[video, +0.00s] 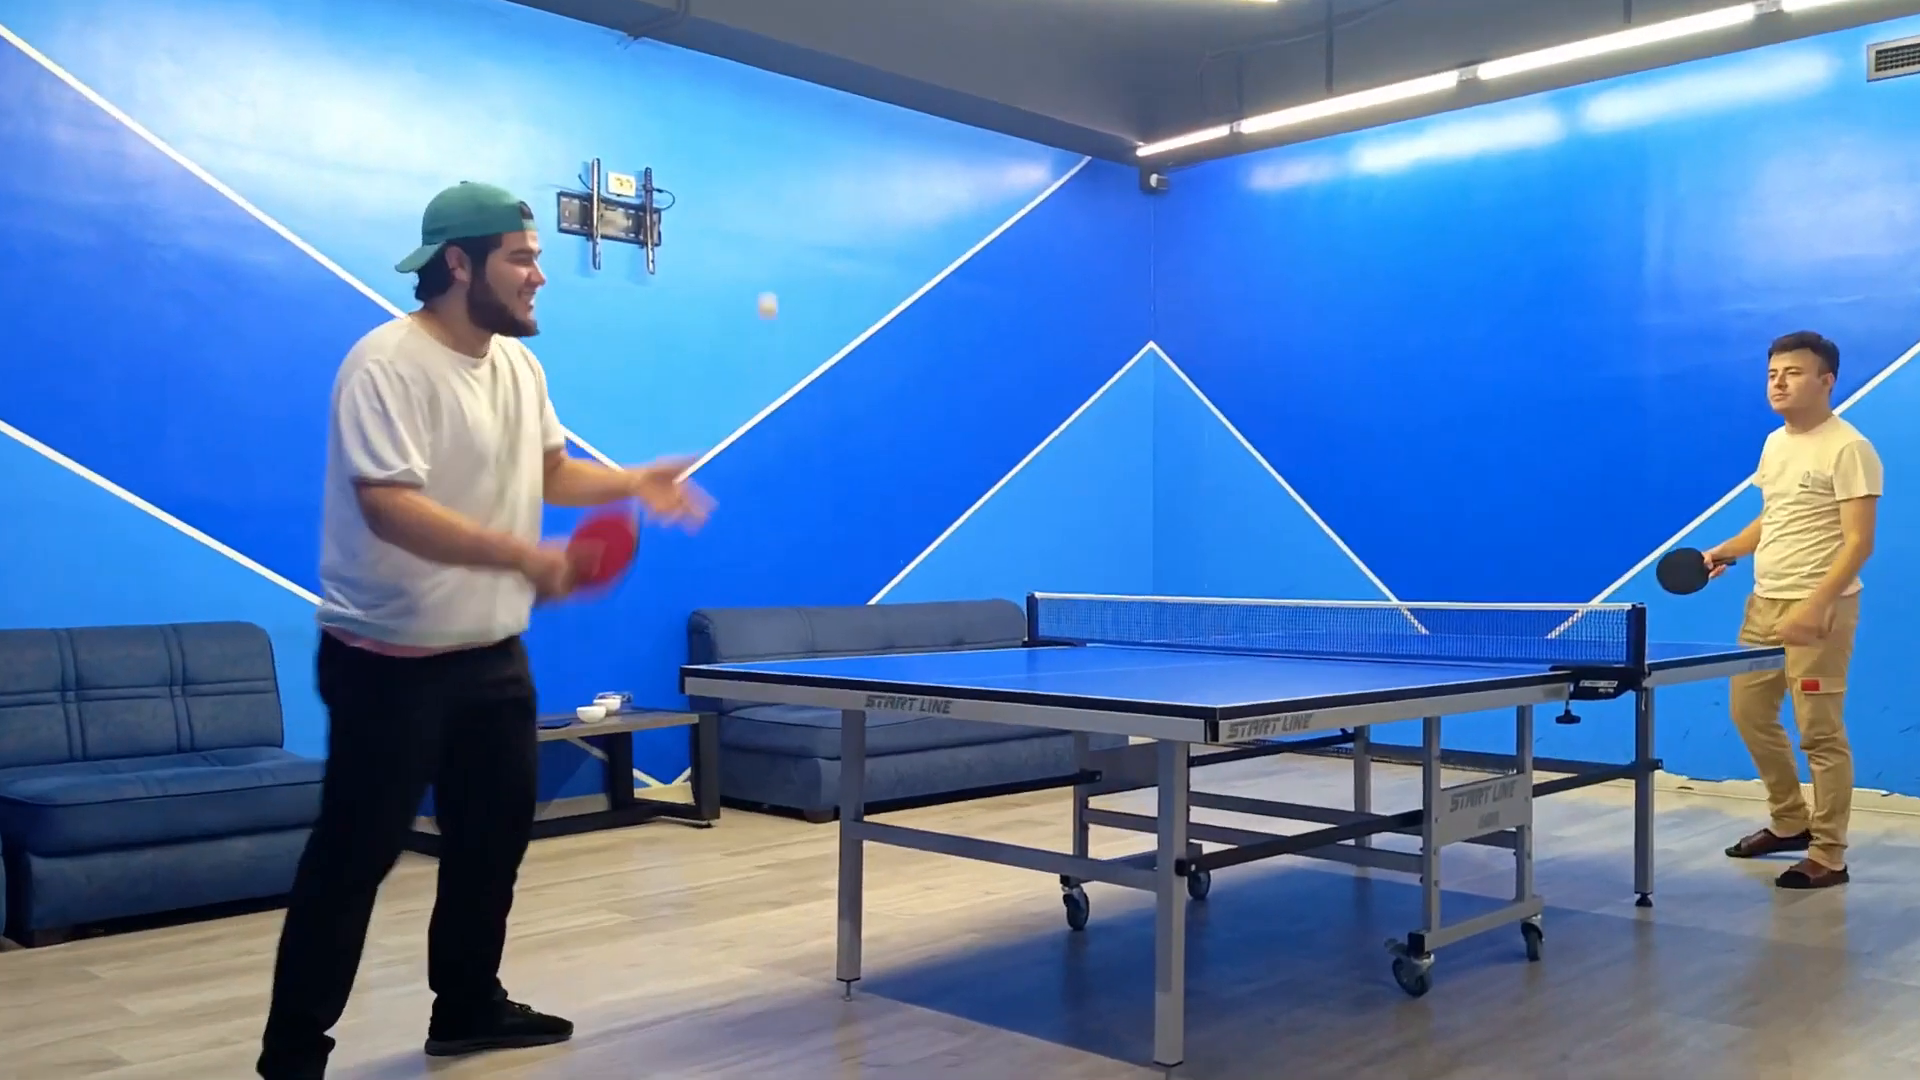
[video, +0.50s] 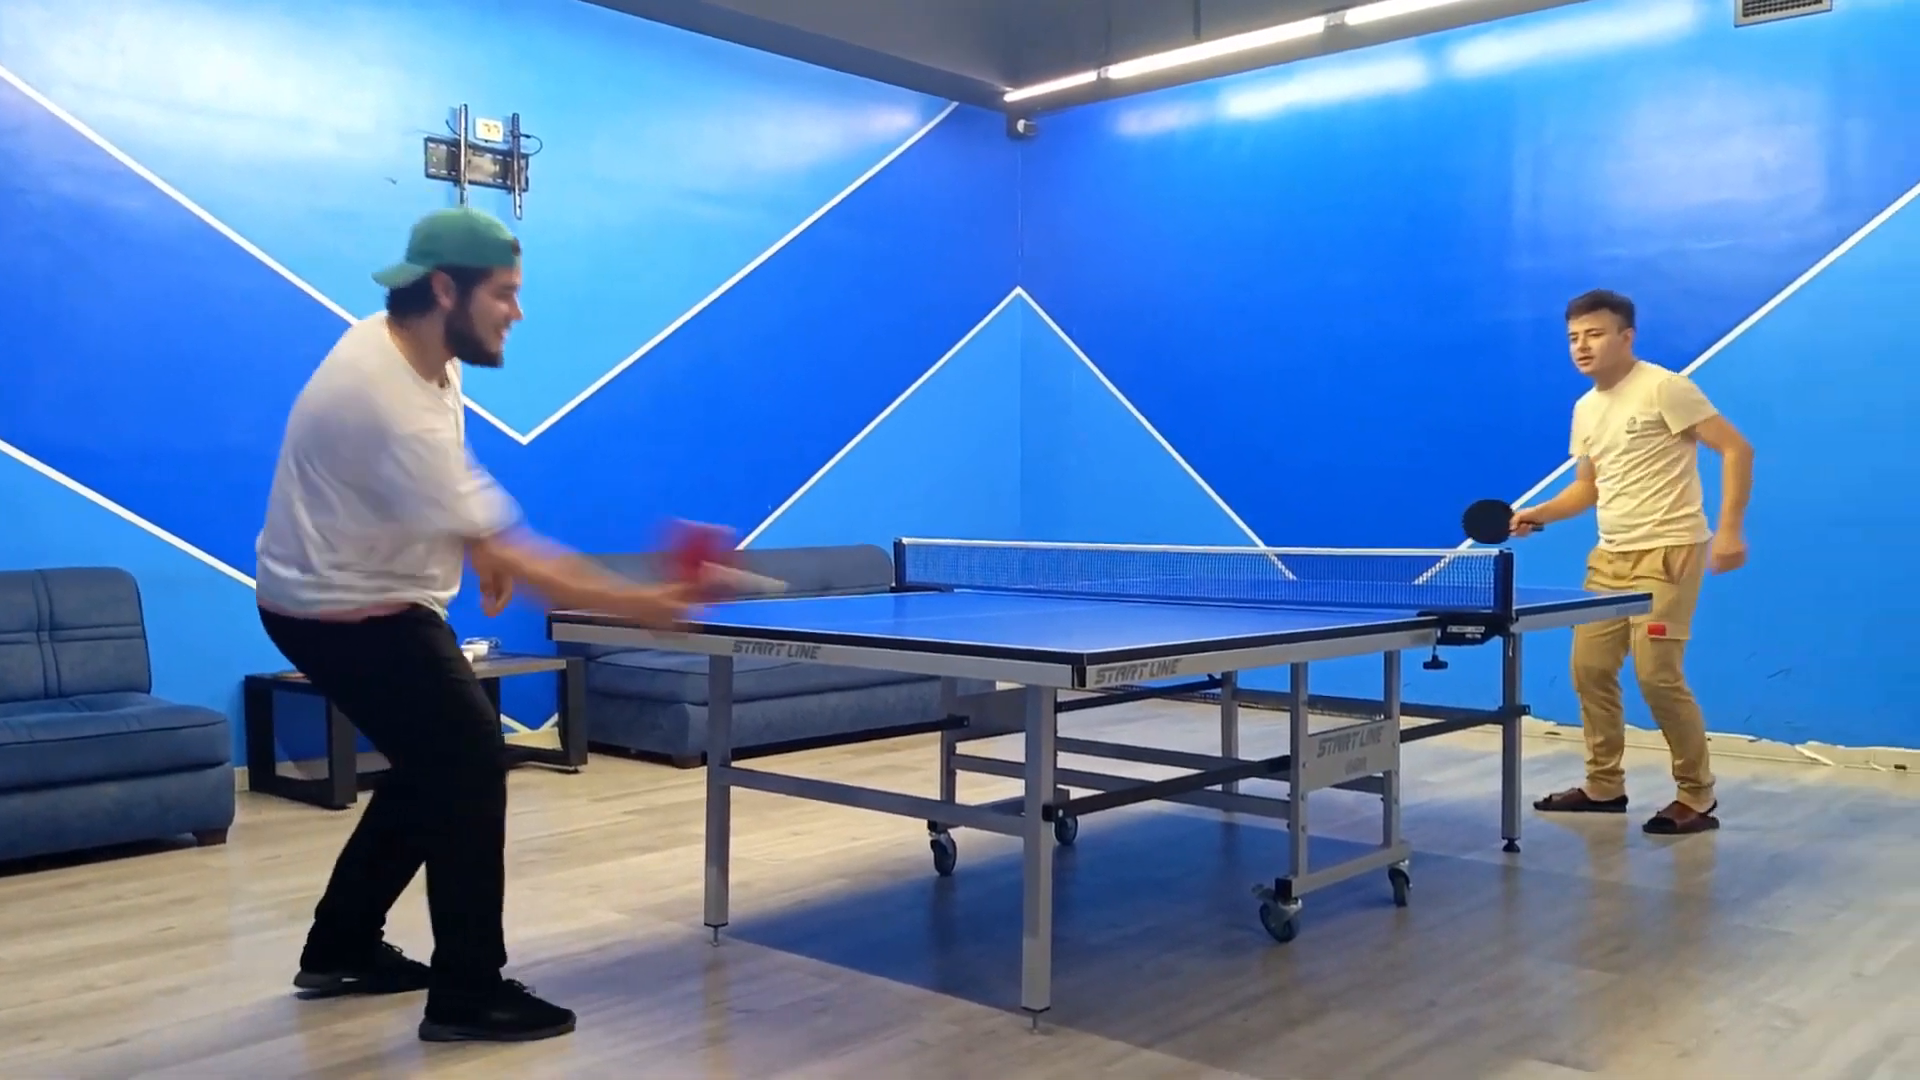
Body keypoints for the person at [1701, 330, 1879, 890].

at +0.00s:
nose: (1779, 382)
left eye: (1792, 373)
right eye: (1773, 374)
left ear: (1826, 382)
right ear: (1770, 383)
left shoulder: (1849, 448)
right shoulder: (1776, 443)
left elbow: (1860, 542)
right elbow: (1772, 519)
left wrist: (1816, 604)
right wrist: (1727, 550)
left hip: (1821, 609)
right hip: (1766, 604)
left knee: (1820, 732)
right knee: (1751, 712)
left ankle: (1828, 856)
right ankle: (1791, 823)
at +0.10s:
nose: (1768, 367)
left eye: (1780, 358)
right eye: (1762, 360)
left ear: (1815, 365)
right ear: (1759, 368)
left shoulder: (1838, 429)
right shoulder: (1771, 427)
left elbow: (1848, 524)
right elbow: (1770, 505)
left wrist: (1790, 583)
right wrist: (1722, 536)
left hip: (1817, 591)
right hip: (1762, 586)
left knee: (1819, 718)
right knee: (1741, 697)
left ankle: (1824, 840)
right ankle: (1773, 812)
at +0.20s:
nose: (1753, 353)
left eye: (1766, 344)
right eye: (1747, 346)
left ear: (1800, 351)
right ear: (1744, 354)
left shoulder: (1824, 413)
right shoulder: (1760, 413)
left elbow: (1840, 506)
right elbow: (1760, 493)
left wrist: (1779, 564)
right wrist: (1709, 523)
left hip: (1810, 575)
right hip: (1755, 570)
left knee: (1814, 703)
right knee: (1736, 688)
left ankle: (1819, 825)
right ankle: (1746, 804)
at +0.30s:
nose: (1733, 342)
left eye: (1746, 331)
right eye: (1727, 334)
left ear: (1781, 336)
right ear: (1724, 342)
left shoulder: (1808, 397)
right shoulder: (1742, 400)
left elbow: (1837, 486)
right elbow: (1747, 479)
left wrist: (1782, 551)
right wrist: (1692, 510)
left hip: (1801, 562)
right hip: (1745, 560)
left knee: (1806, 688)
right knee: (1728, 679)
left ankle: (1814, 808)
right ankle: (1725, 793)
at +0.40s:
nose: (1678, 339)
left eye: (1690, 327)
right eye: (1671, 330)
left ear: (1723, 331)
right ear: (1667, 337)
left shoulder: (1755, 386)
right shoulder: (1684, 398)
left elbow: (1808, 465)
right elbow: (1690, 477)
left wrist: (1777, 536)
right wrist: (1638, 506)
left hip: (1753, 554)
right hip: (1697, 555)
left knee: (1751, 678)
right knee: (1683, 671)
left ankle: (1776, 800)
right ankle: (1685, 787)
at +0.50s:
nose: (1581, 346)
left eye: (1593, 335)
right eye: (1574, 337)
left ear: (1626, 338)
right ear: (1570, 343)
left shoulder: (1665, 388)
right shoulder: (1585, 409)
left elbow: (1737, 449)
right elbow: (1588, 487)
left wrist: (1729, 530)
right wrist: (1540, 514)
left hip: (1669, 553)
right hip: (1611, 557)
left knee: (1657, 675)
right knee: (1590, 669)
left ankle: (1696, 798)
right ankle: (1603, 788)